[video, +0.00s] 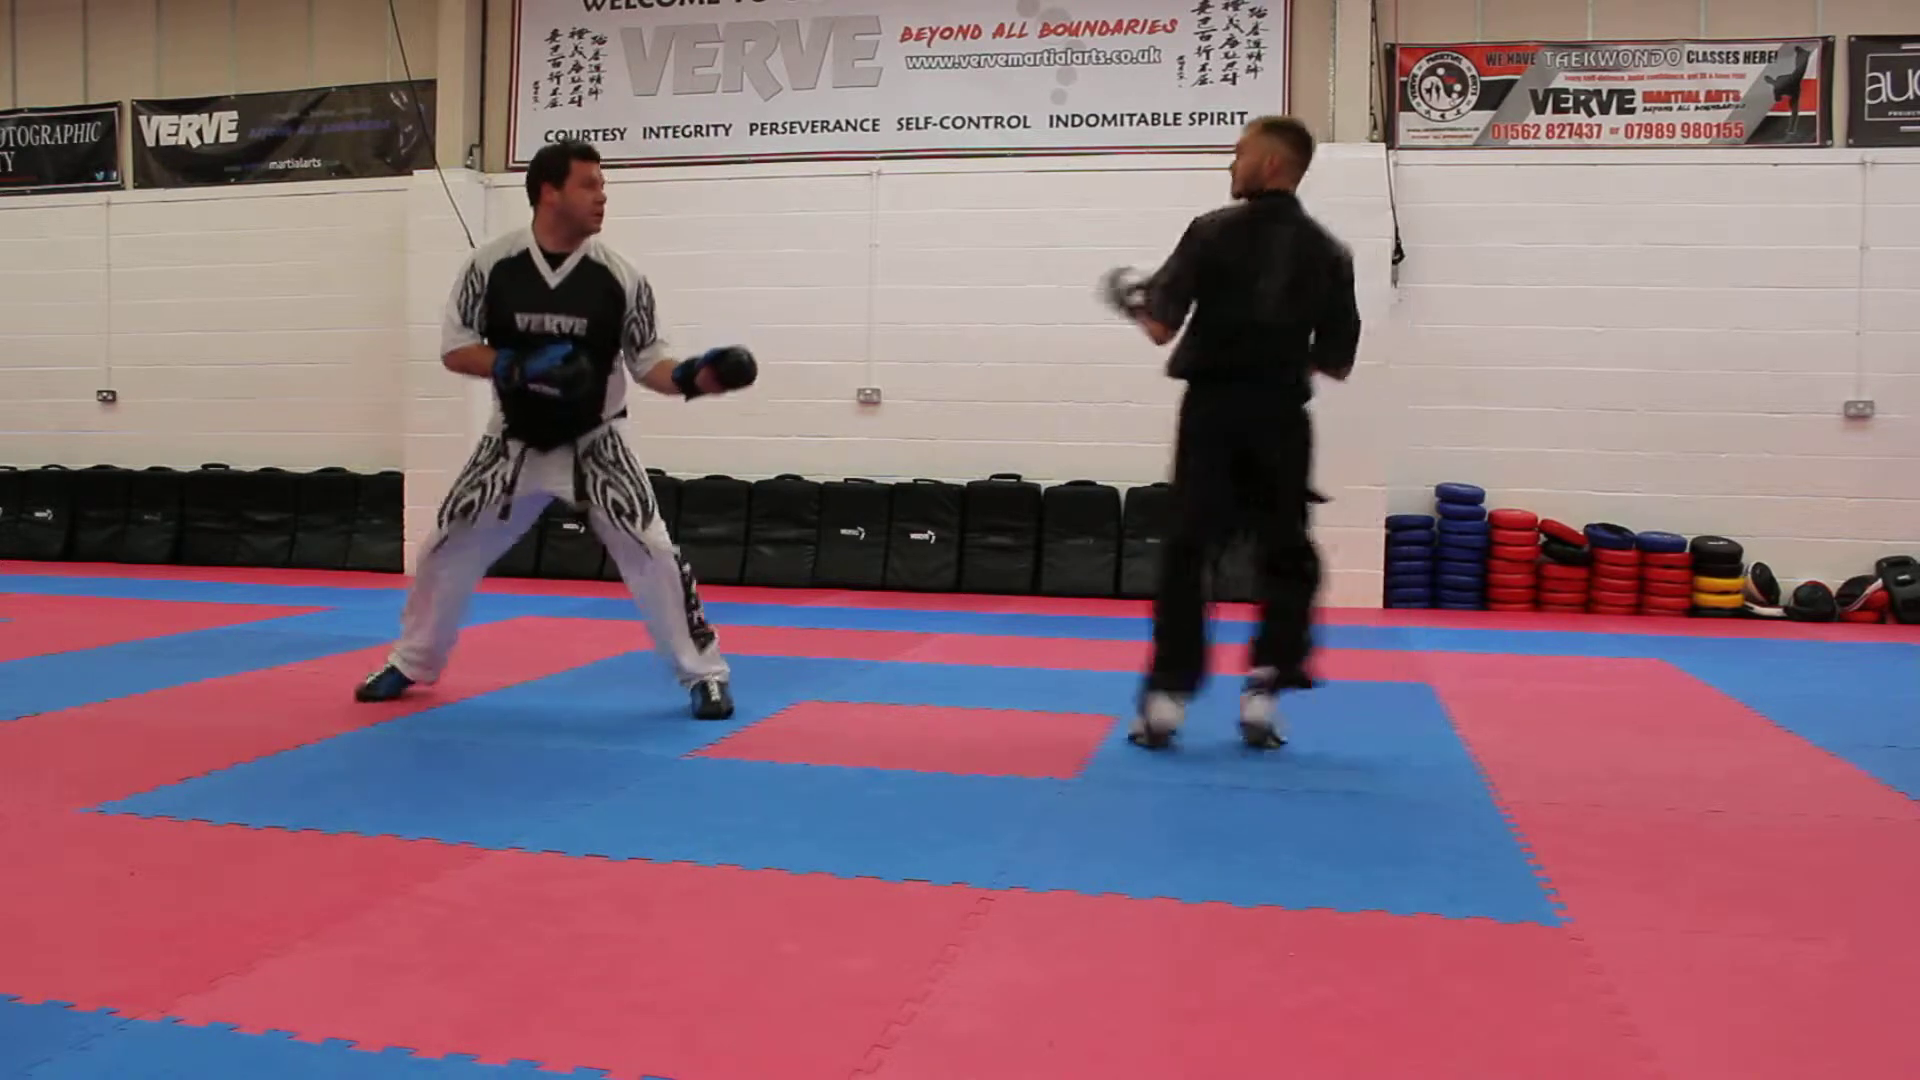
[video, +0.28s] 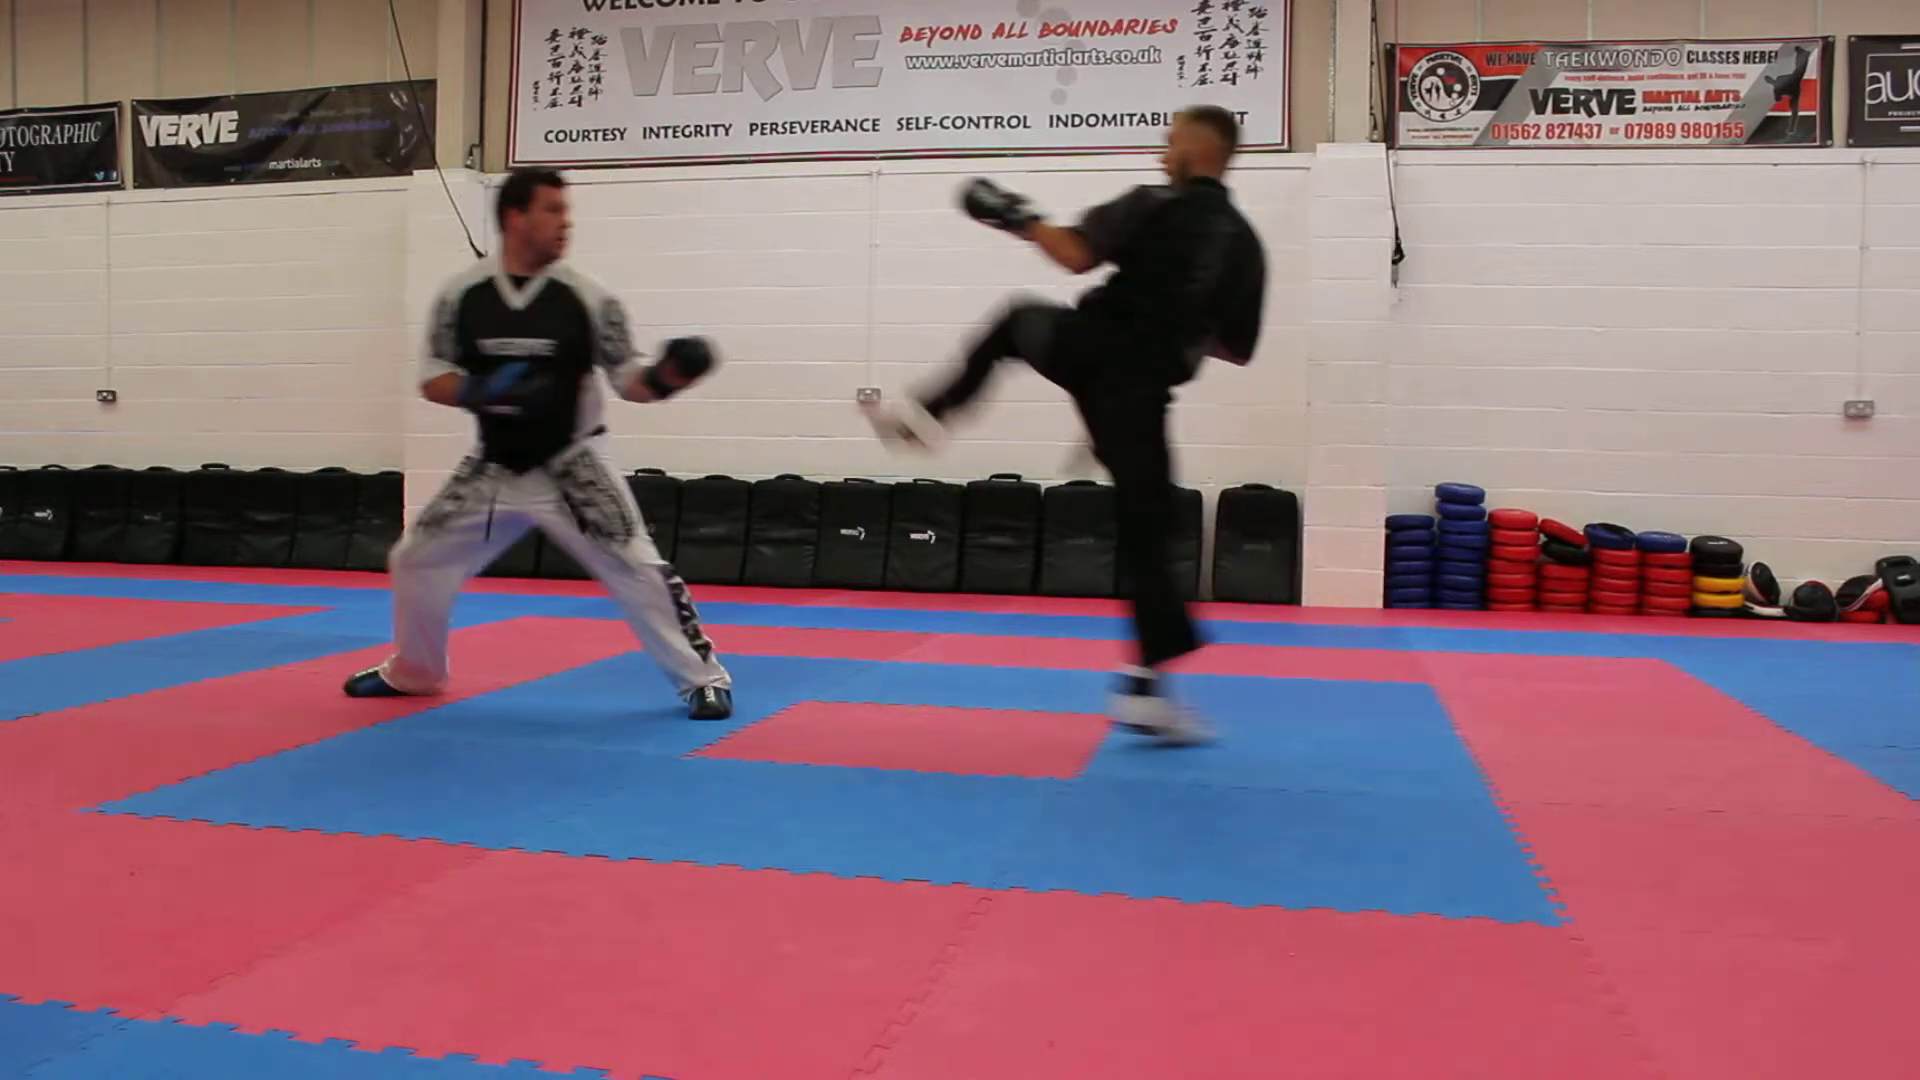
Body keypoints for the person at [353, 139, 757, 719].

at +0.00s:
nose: (602, 199)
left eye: (602, 188)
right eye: (590, 187)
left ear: (597, 194)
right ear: (548, 194)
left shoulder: (621, 279)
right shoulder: (489, 265)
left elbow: (649, 365)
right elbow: (455, 350)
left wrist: (691, 378)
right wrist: (516, 364)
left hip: (597, 446)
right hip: (512, 446)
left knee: (652, 553)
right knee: (445, 551)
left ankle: (704, 674)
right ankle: (412, 663)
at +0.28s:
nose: (566, 223)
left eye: (566, 212)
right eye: (553, 212)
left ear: (560, 218)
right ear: (512, 218)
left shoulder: (588, 301)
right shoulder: (461, 297)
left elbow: (628, 381)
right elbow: (433, 381)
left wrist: (664, 377)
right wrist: (479, 392)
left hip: (571, 468)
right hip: (491, 470)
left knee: (640, 570)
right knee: (414, 563)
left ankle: (704, 679)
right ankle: (414, 674)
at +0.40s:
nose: (504, 208)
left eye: (506, 197)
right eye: (491, 196)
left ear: (503, 204)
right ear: (453, 203)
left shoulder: (528, 282)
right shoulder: (405, 284)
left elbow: (571, 361)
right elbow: (378, 358)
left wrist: (596, 350)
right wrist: (417, 374)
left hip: (520, 444)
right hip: (447, 451)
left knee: (577, 557)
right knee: (382, 554)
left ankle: (676, 669)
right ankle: (415, 669)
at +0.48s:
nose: (466, 198)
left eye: (469, 187)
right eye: (454, 186)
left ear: (469, 194)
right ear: (415, 193)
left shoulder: (488, 266)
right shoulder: (372, 272)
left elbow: (534, 350)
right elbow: (347, 345)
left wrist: (541, 331)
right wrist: (375, 361)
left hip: (487, 424)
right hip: (420, 436)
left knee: (489, 547)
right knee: (375, 551)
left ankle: (582, 647)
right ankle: (413, 669)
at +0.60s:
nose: (411, 188)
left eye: (414, 176)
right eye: (399, 176)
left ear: (419, 180)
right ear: (362, 182)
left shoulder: (439, 250)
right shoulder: (331, 264)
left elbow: (483, 330)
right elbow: (312, 346)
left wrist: (435, 311)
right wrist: (338, 357)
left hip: (440, 411)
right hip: (380, 416)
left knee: (365, 529)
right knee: (360, 537)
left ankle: (400, 653)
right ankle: (400, 659)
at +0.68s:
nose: (372, 185)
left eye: (376, 174)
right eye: (359, 174)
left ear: (382, 180)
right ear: (327, 181)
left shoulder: (399, 248)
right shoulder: (310, 265)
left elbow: (439, 325)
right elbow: (289, 362)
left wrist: (363, 314)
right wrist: (321, 348)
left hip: (400, 412)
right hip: (352, 414)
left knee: (314, 532)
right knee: (358, 550)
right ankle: (410, 663)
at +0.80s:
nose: (256, 194)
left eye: (265, 179)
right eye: (254, 181)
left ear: (302, 178)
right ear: (285, 184)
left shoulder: (331, 240)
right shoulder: (307, 245)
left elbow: (347, 327)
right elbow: (307, 335)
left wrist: (265, 362)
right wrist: (259, 367)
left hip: (329, 420)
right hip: (365, 422)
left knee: (250, 541)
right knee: (338, 552)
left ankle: (190, 666)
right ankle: (408, 660)